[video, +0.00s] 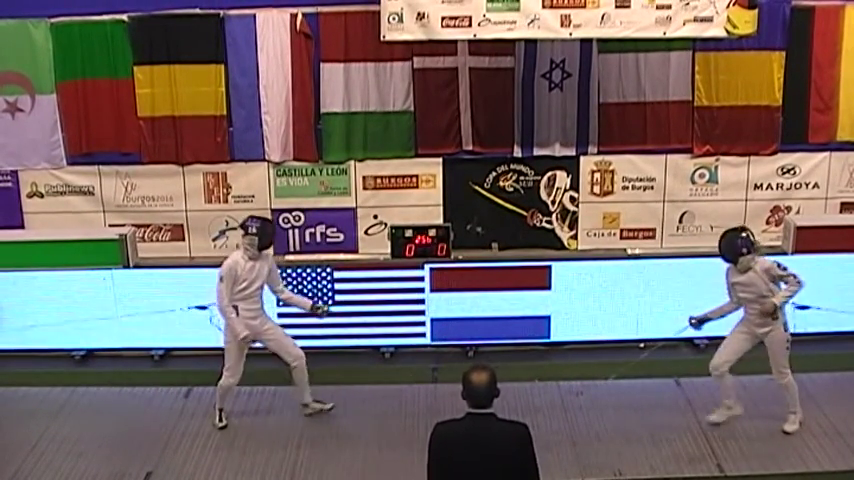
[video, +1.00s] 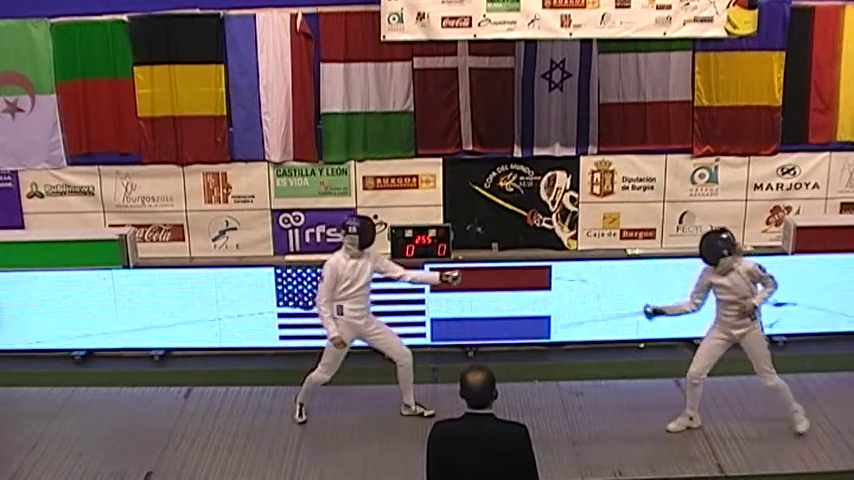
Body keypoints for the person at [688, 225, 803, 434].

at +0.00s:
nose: (744, 264)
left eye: (747, 258)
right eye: (740, 260)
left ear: (751, 253)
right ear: (734, 259)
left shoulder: (766, 267)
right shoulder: (732, 273)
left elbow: (795, 283)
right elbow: (735, 302)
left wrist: (776, 301)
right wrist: (705, 318)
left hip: (774, 327)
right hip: (748, 325)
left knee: (782, 375)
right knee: (718, 366)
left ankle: (795, 414)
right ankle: (731, 406)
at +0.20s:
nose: (715, 273)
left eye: (718, 268)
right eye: (714, 268)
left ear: (727, 262)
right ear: (714, 266)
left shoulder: (745, 275)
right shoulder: (711, 282)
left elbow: (774, 294)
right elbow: (697, 308)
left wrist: (757, 314)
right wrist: (665, 312)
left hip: (754, 335)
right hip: (728, 335)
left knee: (774, 377)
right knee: (693, 372)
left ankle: (795, 414)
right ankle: (669, 413)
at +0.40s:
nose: (692, 265)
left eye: (694, 260)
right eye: (689, 262)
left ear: (703, 254)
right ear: (687, 259)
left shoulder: (721, 269)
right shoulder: (685, 274)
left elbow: (748, 289)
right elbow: (669, 300)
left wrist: (728, 305)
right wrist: (637, 297)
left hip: (728, 330)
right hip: (702, 329)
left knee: (748, 379)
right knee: (674, 372)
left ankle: (780, 406)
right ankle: (665, 416)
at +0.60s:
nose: (685, 266)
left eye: (687, 261)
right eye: (683, 262)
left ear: (698, 253)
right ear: (682, 258)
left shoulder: (718, 268)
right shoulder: (680, 271)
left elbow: (739, 288)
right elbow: (657, 295)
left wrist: (722, 304)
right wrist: (624, 293)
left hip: (717, 330)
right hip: (690, 327)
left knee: (728, 384)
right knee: (666, 374)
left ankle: (755, 411)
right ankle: (663, 414)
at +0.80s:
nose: (694, 265)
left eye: (696, 260)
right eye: (691, 262)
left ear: (706, 251)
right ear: (692, 257)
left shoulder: (727, 264)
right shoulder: (689, 271)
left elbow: (750, 282)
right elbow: (670, 297)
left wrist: (734, 299)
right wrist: (638, 294)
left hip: (729, 328)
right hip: (702, 328)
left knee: (736, 379)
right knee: (676, 372)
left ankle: (759, 416)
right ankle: (664, 414)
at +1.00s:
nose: (714, 268)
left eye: (717, 263)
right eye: (712, 264)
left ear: (727, 255)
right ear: (710, 260)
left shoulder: (747, 268)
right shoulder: (709, 274)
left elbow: (771, 285)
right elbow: (694, 304)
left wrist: (755, 301)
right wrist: (662, 311)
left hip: (749, 330)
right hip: (721, 330)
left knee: (769, 379)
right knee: (694, 375)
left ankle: (797, 414)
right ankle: (691, 417)